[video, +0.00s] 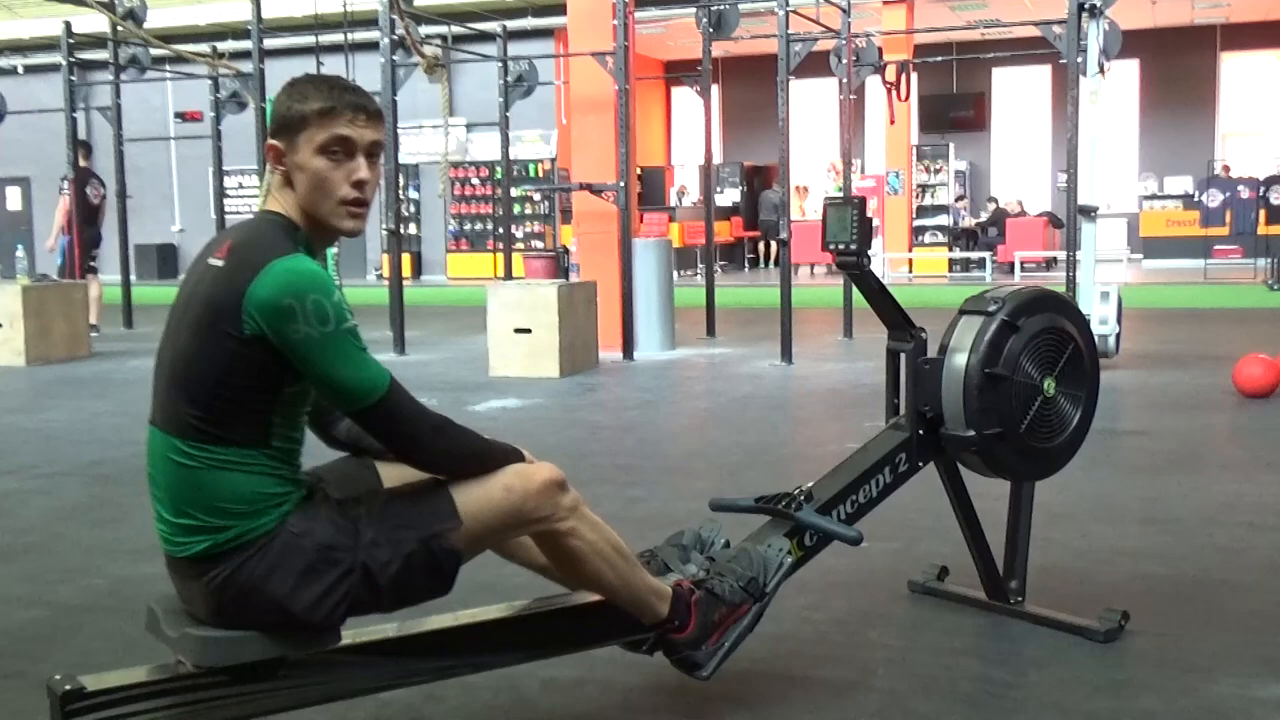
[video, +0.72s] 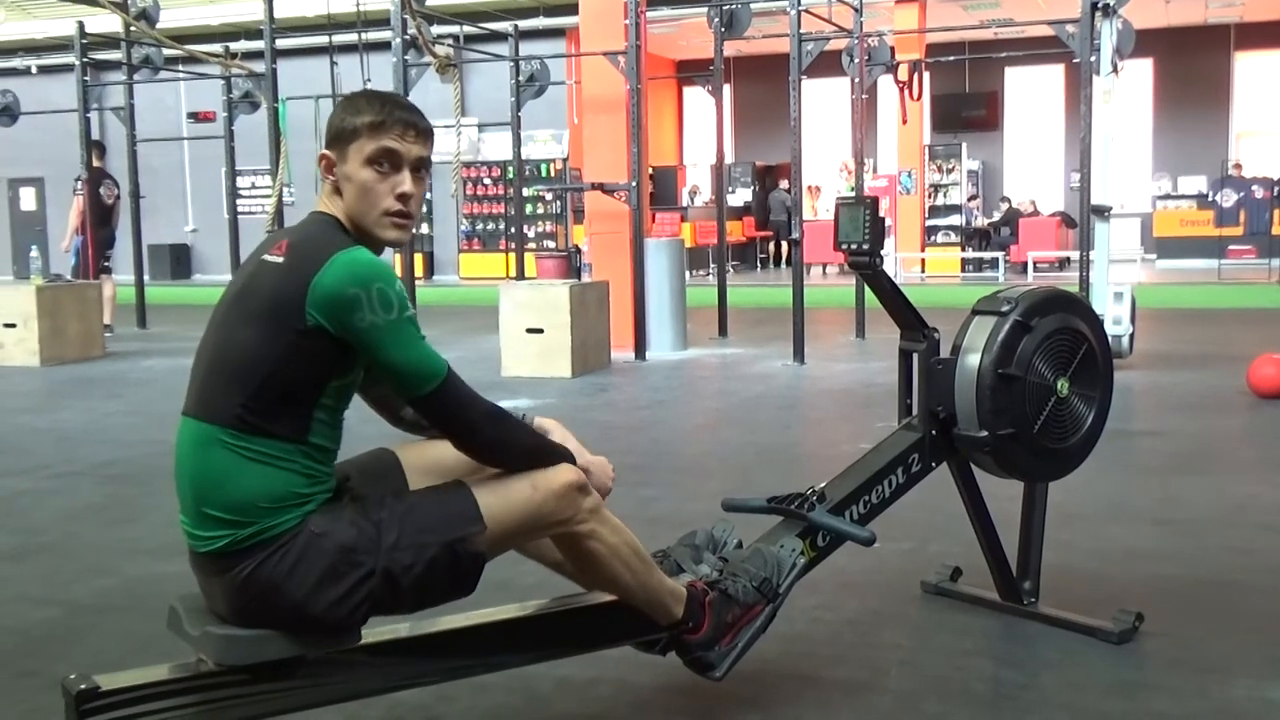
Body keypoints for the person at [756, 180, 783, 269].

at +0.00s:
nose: (777, 188)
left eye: (776, 185)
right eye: (778, 187)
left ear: (772, 185)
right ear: (779, 187)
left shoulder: (763, 194)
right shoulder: (779, 196)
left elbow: (759, 207)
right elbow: (780, 210)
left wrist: (760, 216)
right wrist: (781, 220)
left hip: (762, 219)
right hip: (773, 219)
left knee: (761, 240)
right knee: (773, 241)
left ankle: (761, 261)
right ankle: (771, 262)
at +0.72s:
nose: (788, 185)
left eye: (788, 183)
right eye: (787, 183)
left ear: (779, 184)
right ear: (782, 184)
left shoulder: (771, 195)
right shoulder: (786, 195)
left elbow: (769, 207)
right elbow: (789, 207)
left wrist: (770, 214)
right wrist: (792, 213)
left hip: (772, 219)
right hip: (783, 219)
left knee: (771, 241)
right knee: (784, 241)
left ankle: (771, 261)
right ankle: (783, 262)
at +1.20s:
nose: (785, 182)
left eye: (784, 180)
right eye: (785, 180)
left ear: (779, 181)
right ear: (787, 181)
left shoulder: (774, 191)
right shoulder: (790, 192)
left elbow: (771, 204)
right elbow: (794, 205)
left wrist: (773, 215)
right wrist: (798, 217)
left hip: (778, 216)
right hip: (788, 217)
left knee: (781, 238)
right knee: (792, 237)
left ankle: (783, 259)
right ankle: (796, 256)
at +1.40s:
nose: (788, 180)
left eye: (787, 178)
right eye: (787, 178)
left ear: (782, 180)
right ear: (790, 179)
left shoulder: (777, 190)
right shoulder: (794, 190)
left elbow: (774, 202)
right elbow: (797, 204)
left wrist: (776, 212)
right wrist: (800, 216)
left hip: (781, 215)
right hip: (792, 215)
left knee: (784, 236)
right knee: (795, 235)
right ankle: (796, 254)